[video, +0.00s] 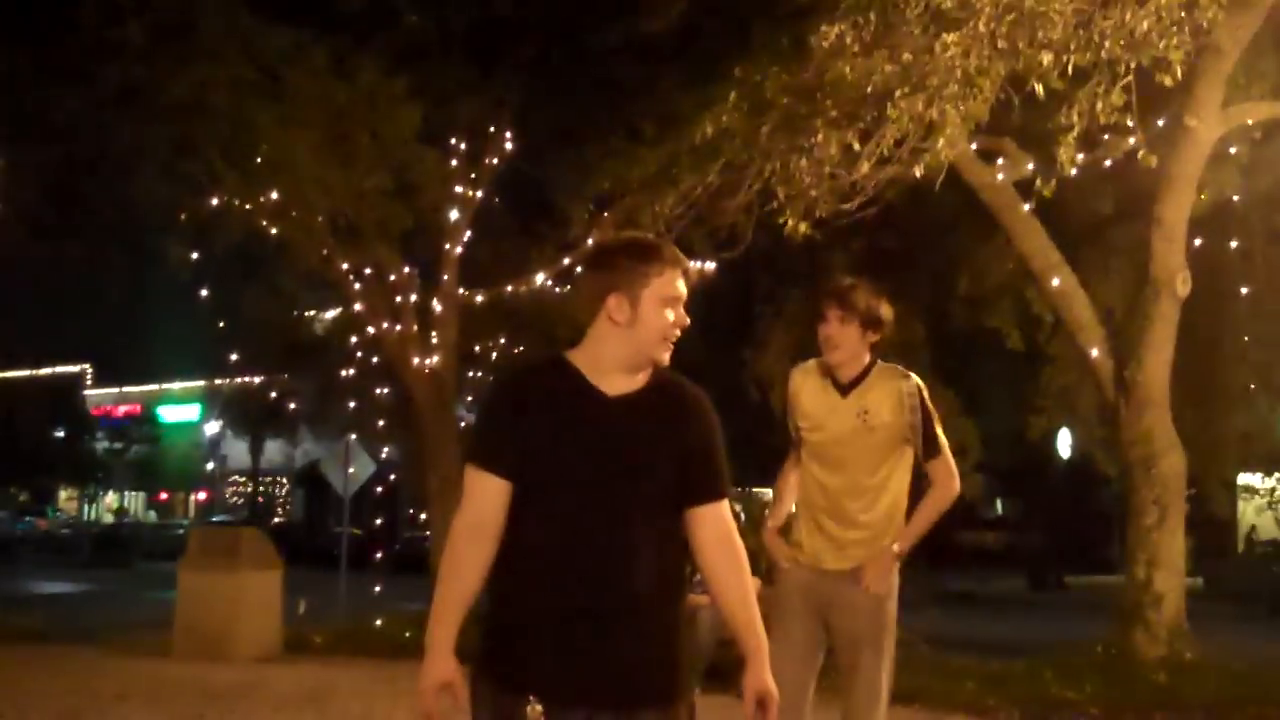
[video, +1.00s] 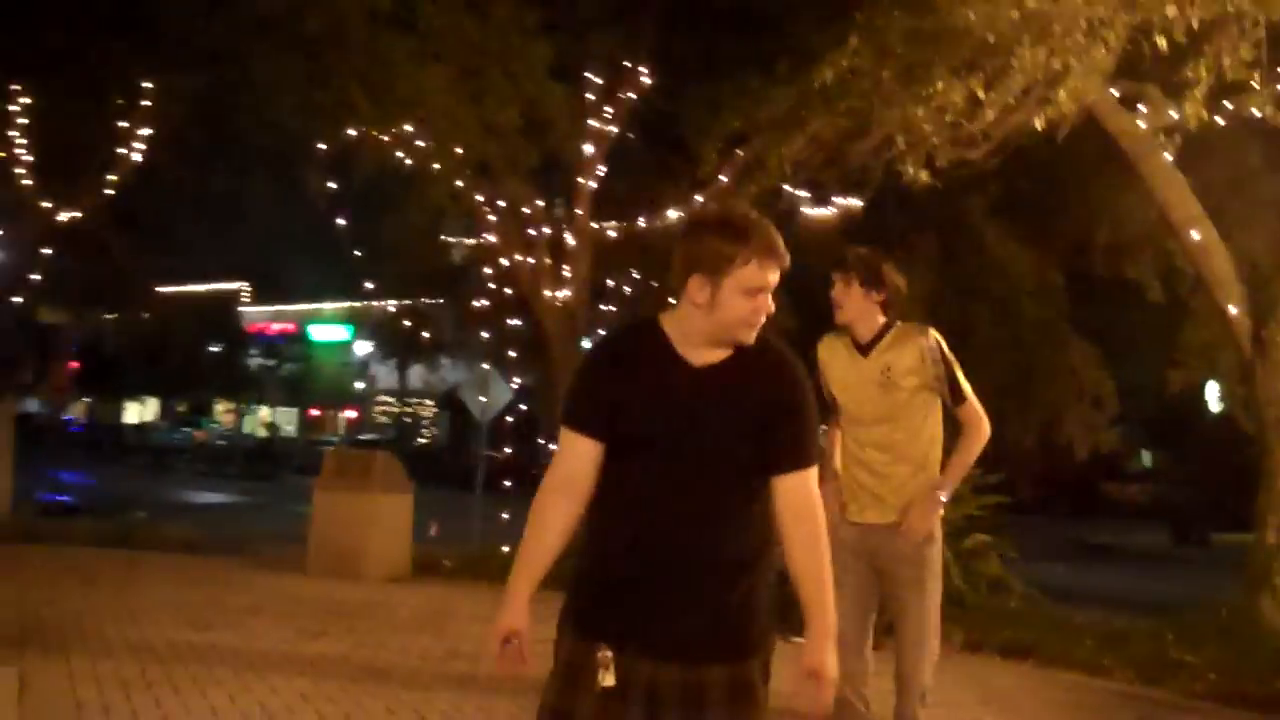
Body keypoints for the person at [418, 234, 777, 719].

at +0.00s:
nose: (683, 321)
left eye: (682, 306)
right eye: (670, 304)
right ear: (617, 308)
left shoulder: (683, 410)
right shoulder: (525, 394)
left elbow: (716, 538)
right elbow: (477, 525)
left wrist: (757, 655)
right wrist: (439, 647)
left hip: (644, 687)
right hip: (527, 685)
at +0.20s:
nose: (685, 321)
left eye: (684, 306)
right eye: (672, 304)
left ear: (626, 309)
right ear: (620, 307)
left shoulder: (683, 410)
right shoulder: (524, 394)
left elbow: (715, 539)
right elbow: (477, 524)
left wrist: (757, 657)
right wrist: (438, 646)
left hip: (645, 683)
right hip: (527, 682)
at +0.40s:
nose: (687, 324)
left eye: (686, 309)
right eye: (674, 307)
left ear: (627, 311)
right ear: (621, 309)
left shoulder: (685, 413)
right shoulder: (526, 397)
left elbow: (716, 541)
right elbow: (481, 525)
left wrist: (757, 662)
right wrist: (444, 649)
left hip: (647, 686)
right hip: (528, 685)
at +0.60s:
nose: (761, 320)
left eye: (763, 306)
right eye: (747, 304)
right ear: (693, 299)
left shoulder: (761, 414)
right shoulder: (605, 390)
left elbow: (796, 536)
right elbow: (557, 511)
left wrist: (836, 647)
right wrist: (518, 630)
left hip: (719, 661)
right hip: (601, 656)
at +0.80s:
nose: (825, 292)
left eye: (828, 277)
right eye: (811, 275)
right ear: (752, 272)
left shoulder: (822, 366)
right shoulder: (668, 351)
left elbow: (856, 495)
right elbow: (612, 477)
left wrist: (889, 618)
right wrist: (567, 592)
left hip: (773, 640)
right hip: (658, 636)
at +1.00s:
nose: (768, 308)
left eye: (772, 291)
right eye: (753, 292)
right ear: (699, 291)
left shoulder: (777, 378)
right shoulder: (618, 362)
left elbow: (801, 511)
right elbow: (566, 486)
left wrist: (821, 633)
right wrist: (517, 598)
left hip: (725, 646)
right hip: (609, 639)